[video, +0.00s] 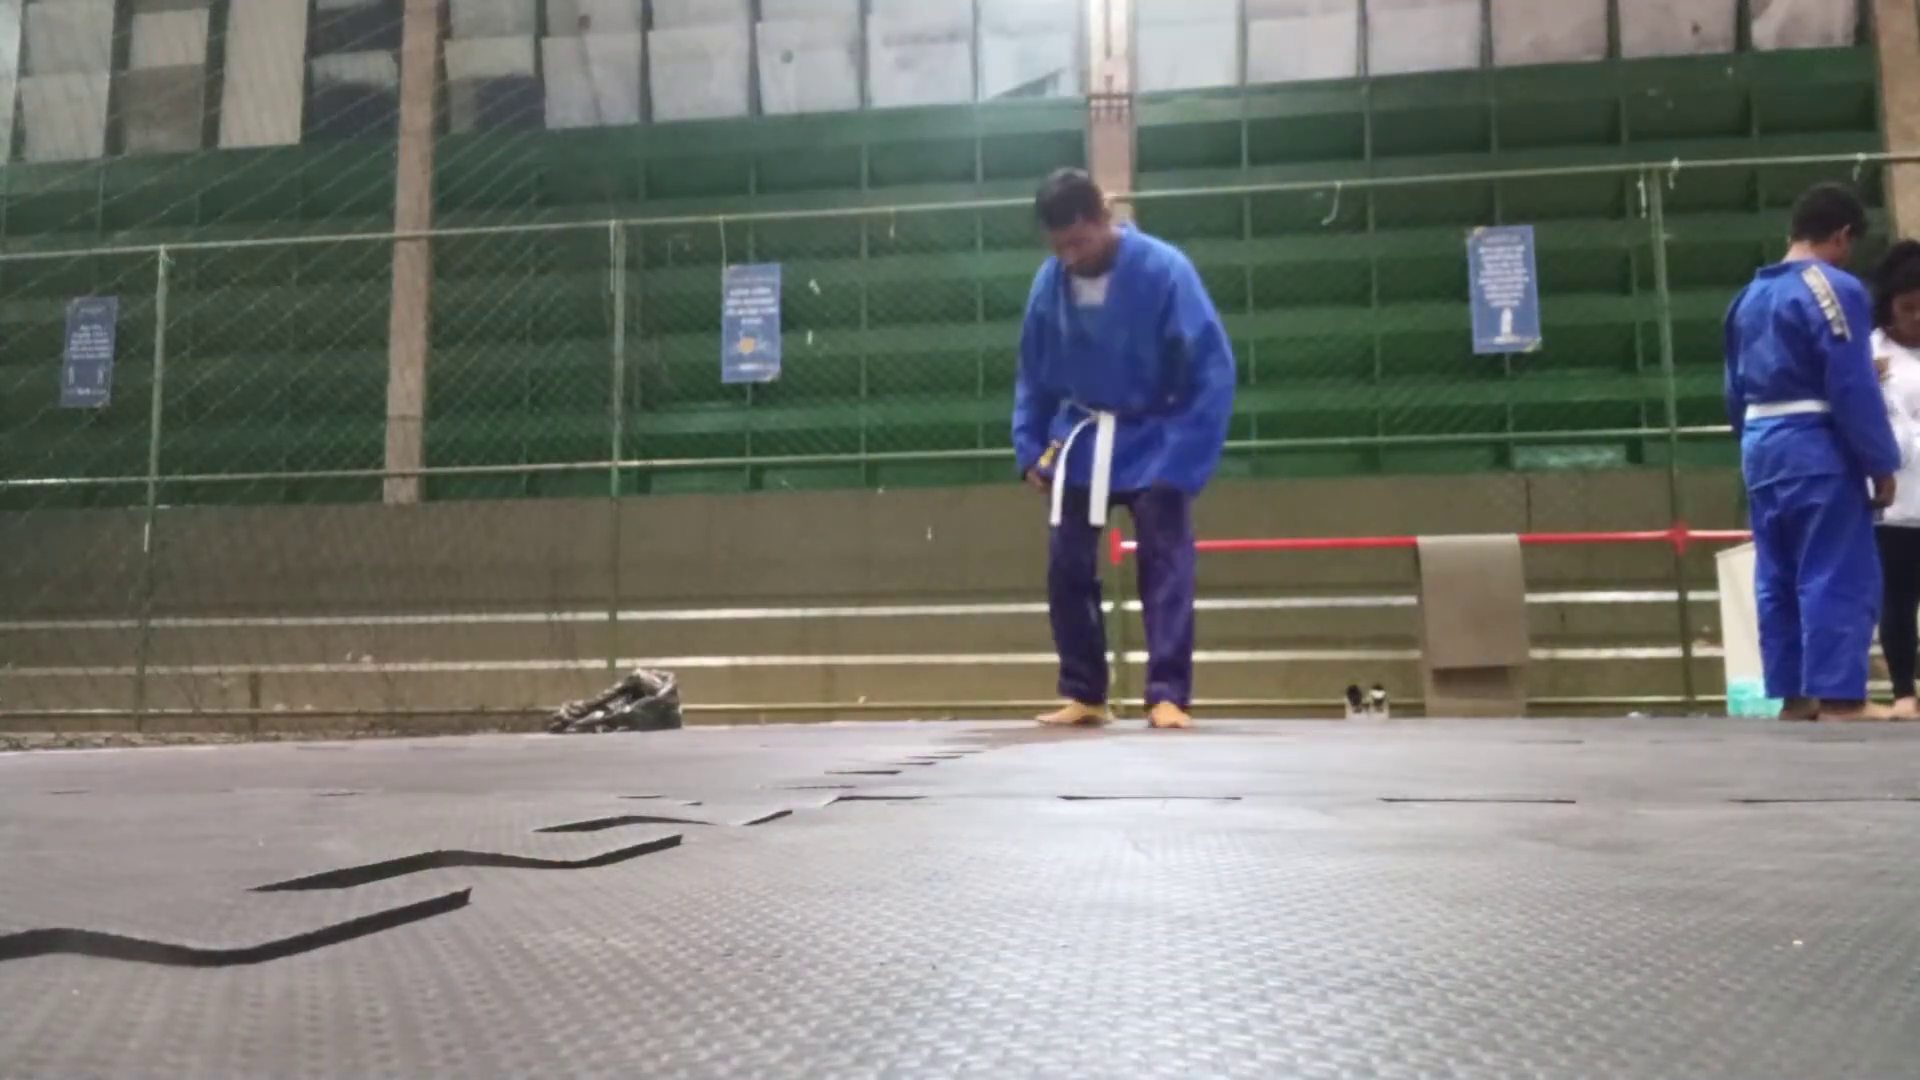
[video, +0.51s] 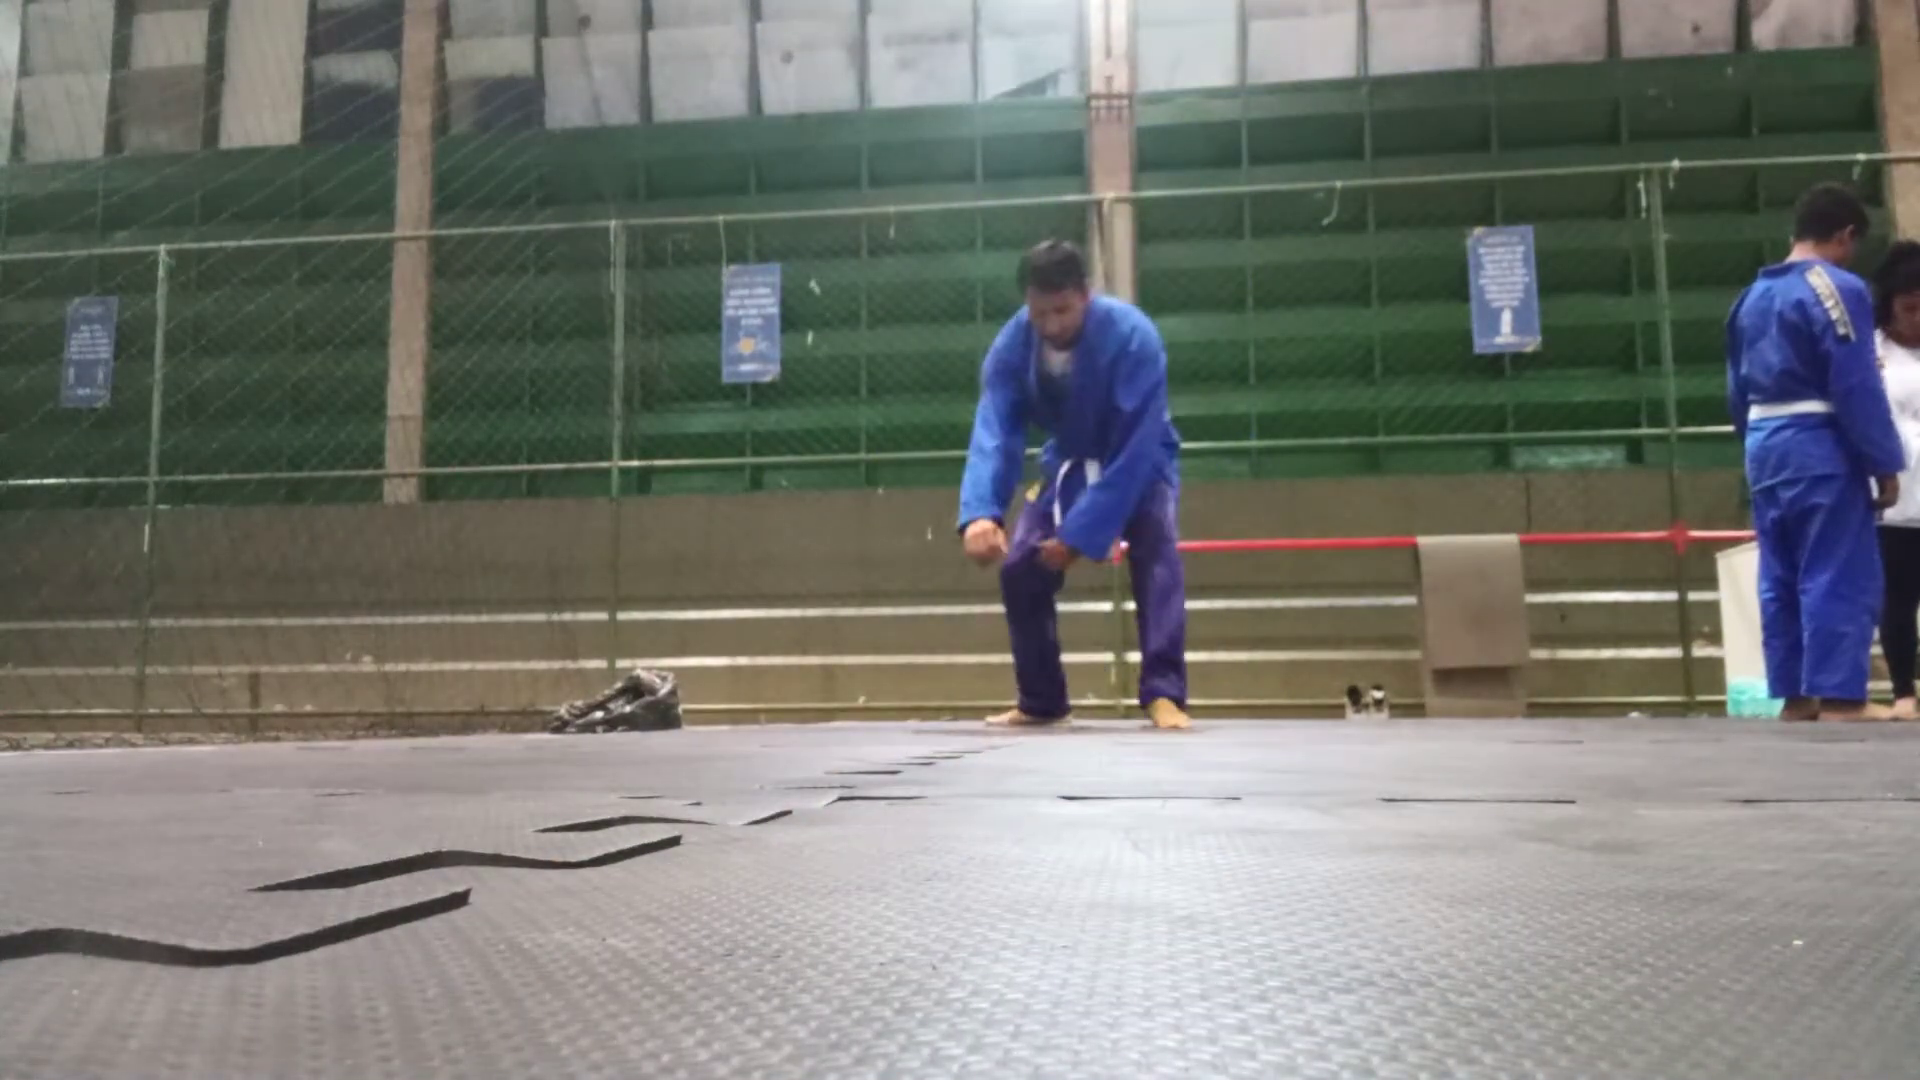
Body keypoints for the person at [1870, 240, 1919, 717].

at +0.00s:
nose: (1914, 316)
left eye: (1917, 307)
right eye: (1907, 307)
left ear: (1919, 307)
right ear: (1888, 307)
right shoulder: (1872, 351)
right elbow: (1850, 412)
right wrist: (1862, 383)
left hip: (1911, 498)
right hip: (1894, 498)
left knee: (1906, 604)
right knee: (1898, 604)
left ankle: (1908, 688)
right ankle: (1904, 690)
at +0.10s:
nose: (1914, 316)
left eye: (1917, 306)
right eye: (1907, 306)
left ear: (1919, 306)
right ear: (1889, 306)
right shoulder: (1872, 352)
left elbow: (1864, 417)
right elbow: (1857, 415)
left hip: (1911, 498)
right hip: (1893, 498)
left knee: (1906, 604)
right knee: (1898, 604)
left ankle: (1908, 689)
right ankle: (1904, 690)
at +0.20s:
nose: (1914, 316)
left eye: (1917, 307)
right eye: (1907, 306)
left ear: (1919, 308)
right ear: (1889, 307)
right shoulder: (1873, 352)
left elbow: (1865, 416)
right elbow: (1858, 414)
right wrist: (1873, 467)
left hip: (1912, 497)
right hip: (1894, 497)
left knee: (1906, 603)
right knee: (1898, 603)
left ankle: (1908, 689)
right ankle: (1904, 690)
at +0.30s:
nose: (1913, 317)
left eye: (1917, 307)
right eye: (1907, 307)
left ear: (1919, 307)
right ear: (1889, 306)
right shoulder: (1874, 351)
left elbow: (1864, 415)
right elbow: (1858, 414)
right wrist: (1873, 467)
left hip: (1912, 497)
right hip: (1894, 497)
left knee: (1906, 604)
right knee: (1898, 603)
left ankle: (1908, 689)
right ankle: (1904, 690)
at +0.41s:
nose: (1913, 317)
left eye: (1917, 307)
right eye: (1907, 307)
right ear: (1889, 307)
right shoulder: (1874, 352)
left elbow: (1865, 416)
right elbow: (1859, 414)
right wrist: (1874, 466)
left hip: (1912, 497)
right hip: (1895, 497)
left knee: (1906, 604)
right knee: (1898, 604)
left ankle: (1908, 689)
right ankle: (1904, 690)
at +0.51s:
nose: (1915, 316)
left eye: (1918, 307)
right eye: (1908, 307)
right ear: (1889, 306)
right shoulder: (1873, 352)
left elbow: (1865, 415)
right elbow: (1859, 414)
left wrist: (1877, 463)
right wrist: (1874, 465)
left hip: (1913, 498)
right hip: (1895, 498)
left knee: (1906, 603)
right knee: (1898, 603)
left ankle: (1908, 689)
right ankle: (1903, 690)